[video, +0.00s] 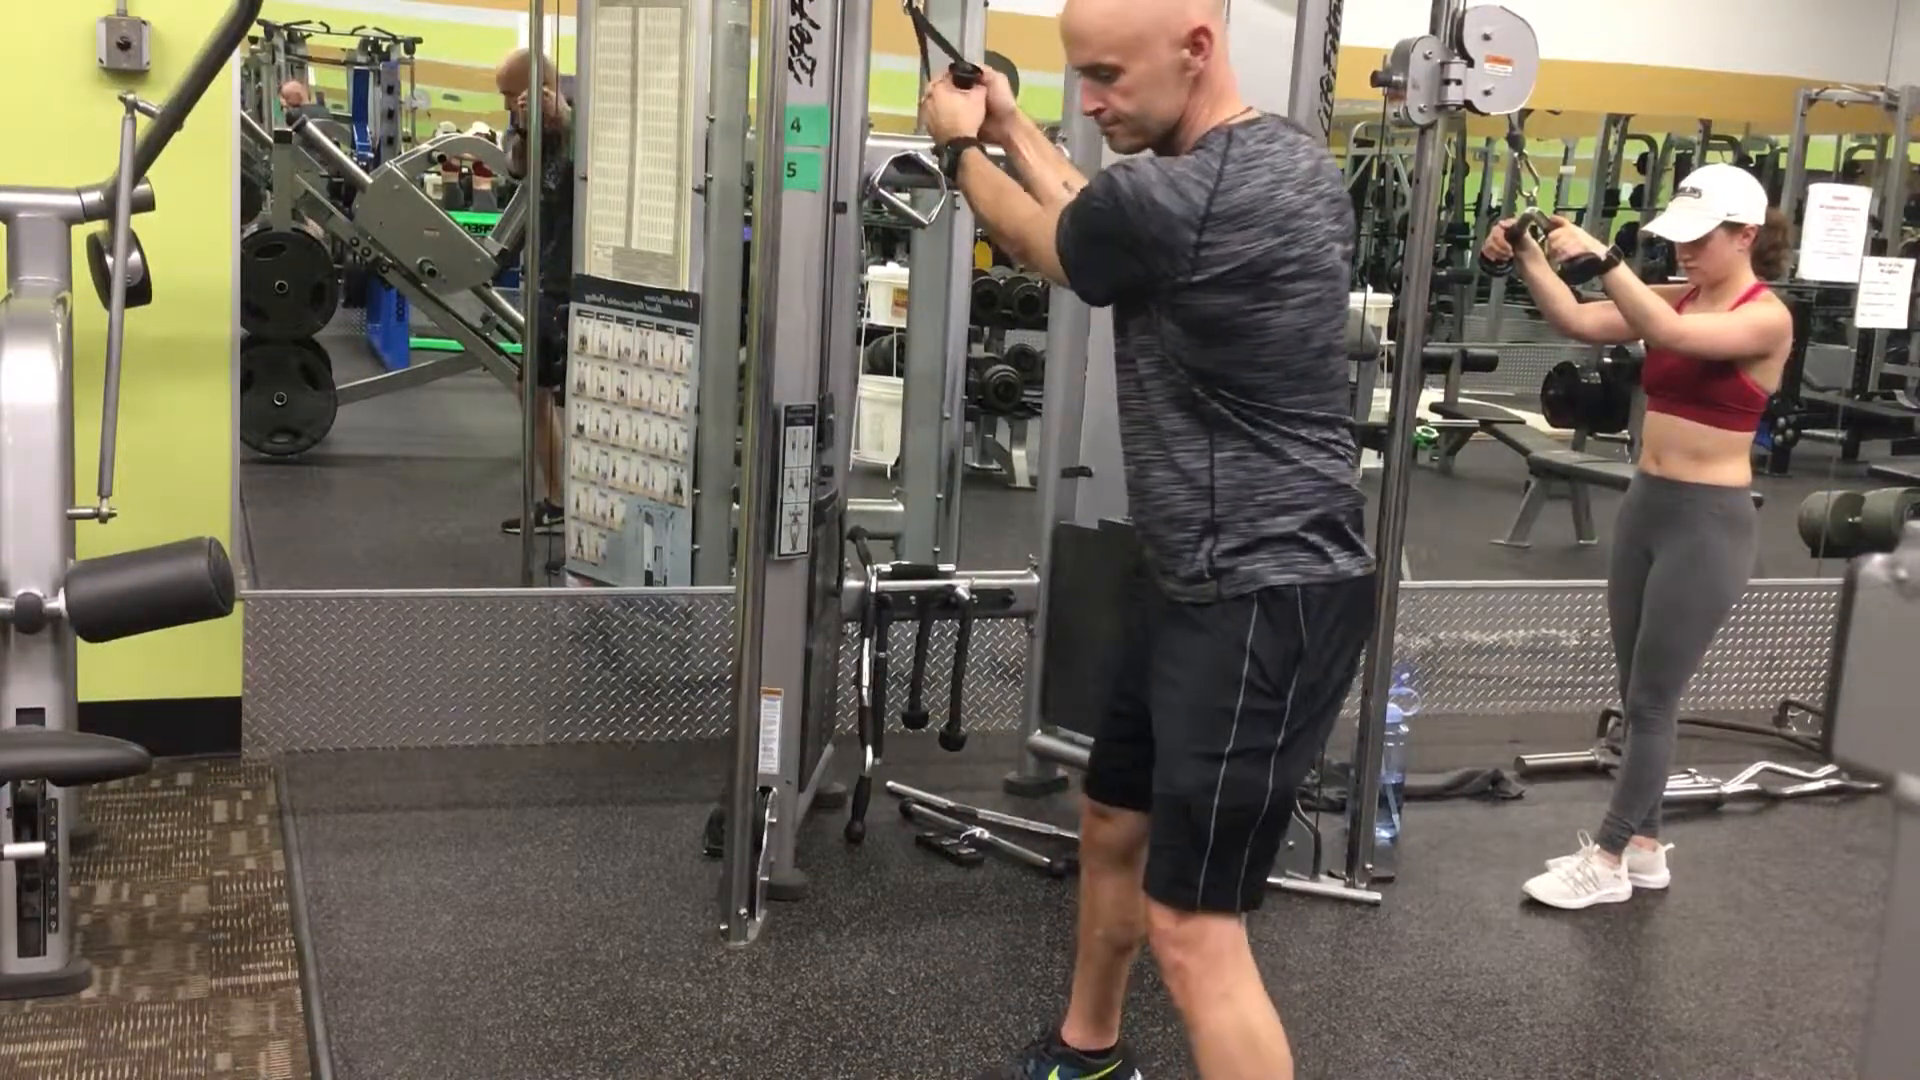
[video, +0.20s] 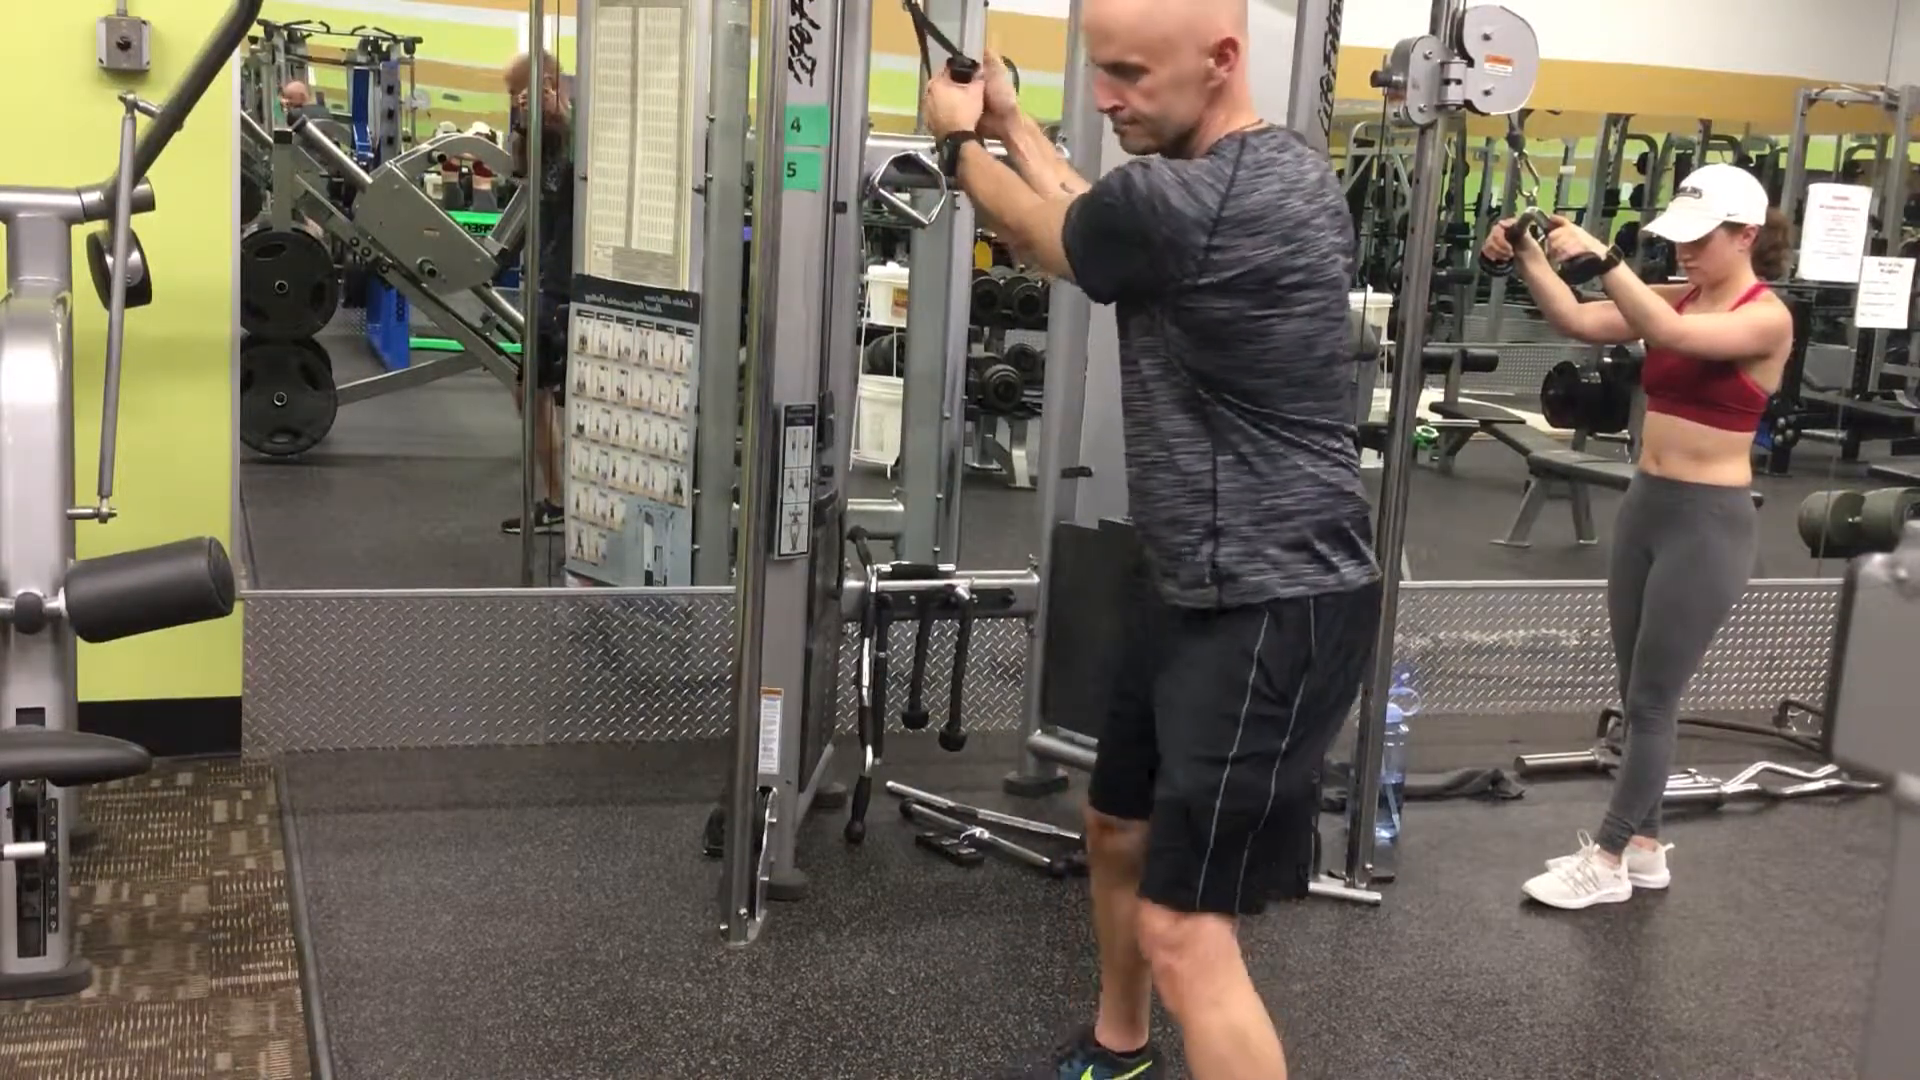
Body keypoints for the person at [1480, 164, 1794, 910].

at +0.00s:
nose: (1681, 252)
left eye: (1696, 239)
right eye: (1678, 239)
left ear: (1745, 236)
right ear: (1679, 238)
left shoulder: (1769, 318)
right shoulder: (1675, 300)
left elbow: (1670, 331)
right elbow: (1579, 319)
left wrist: (1602, 257)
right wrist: (1525, 257)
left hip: (1709, 524)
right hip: (1642, 510)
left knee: (1652, 699)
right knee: (1639, 693)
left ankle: (1606, 859)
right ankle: (1646, 846)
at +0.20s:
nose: (1681, 253)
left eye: (1696, 239)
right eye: (1678, 239)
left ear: (1746, 235)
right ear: (1679, 238)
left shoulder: (1769, 318)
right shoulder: (1675, 300)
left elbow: (1671, 331)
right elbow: (1579, 318)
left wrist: (1602, 257)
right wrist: (1526, 257)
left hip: (1709, 524)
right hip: (1642, 510)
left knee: (1651, 699)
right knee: (1639, 693)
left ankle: (1605, 859)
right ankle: (1645, 846)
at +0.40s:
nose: (1682, 253)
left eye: (1697, 239)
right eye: (1679, 240)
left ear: (1746, 235)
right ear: (1680, 238)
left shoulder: (1769, 318)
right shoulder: (1676, 300)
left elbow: (1671, 331)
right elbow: (1579, 318)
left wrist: (1601, 257)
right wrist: (1525, 256)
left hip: (1709, 523)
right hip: (1642, 509)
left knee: (1651, 698)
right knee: (1639, 693)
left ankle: (1606, 859)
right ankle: (1645, 846)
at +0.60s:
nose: (1683, 253)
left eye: (1698, 239)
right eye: (1679, 240)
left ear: (1746, 236)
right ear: (1679, 239)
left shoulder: (1769, 318)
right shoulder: (1675, 300)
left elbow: (1670, 331)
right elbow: (1579, 318)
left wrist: (1602, 258)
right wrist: (1526, 257)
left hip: (1709, 524)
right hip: (1642, 509)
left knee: (1651, 699)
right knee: (1639, 693)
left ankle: (1606, 859)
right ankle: (1646, 846)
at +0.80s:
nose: (1683, 252)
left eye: (1698, 238)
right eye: (1679, 239)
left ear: (1747, 236)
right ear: (1680, 238)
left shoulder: (1769, 318)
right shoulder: (1676, 300)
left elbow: (1670, 331)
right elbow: (1580, 318)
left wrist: (1600, 257)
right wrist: (1525, 258)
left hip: (1709, 524)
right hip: (1642, 509)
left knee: (1651, 698)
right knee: (1639, 693)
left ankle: (1606, 859)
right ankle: (1646, 846)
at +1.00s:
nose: (1681, 252)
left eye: (1697, 238)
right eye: (1677, 239)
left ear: (1746, 236)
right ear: (1677, 238)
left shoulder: (1768, 317)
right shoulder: (1674, 300)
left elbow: (1669, 331)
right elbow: (1578, 318)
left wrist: (1600, 258)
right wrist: (1525, 257)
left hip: (1709, 524)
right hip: (1642, 510)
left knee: (1651, 698)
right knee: (1638, 693)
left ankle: (1606, 858)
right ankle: (1646, 846)